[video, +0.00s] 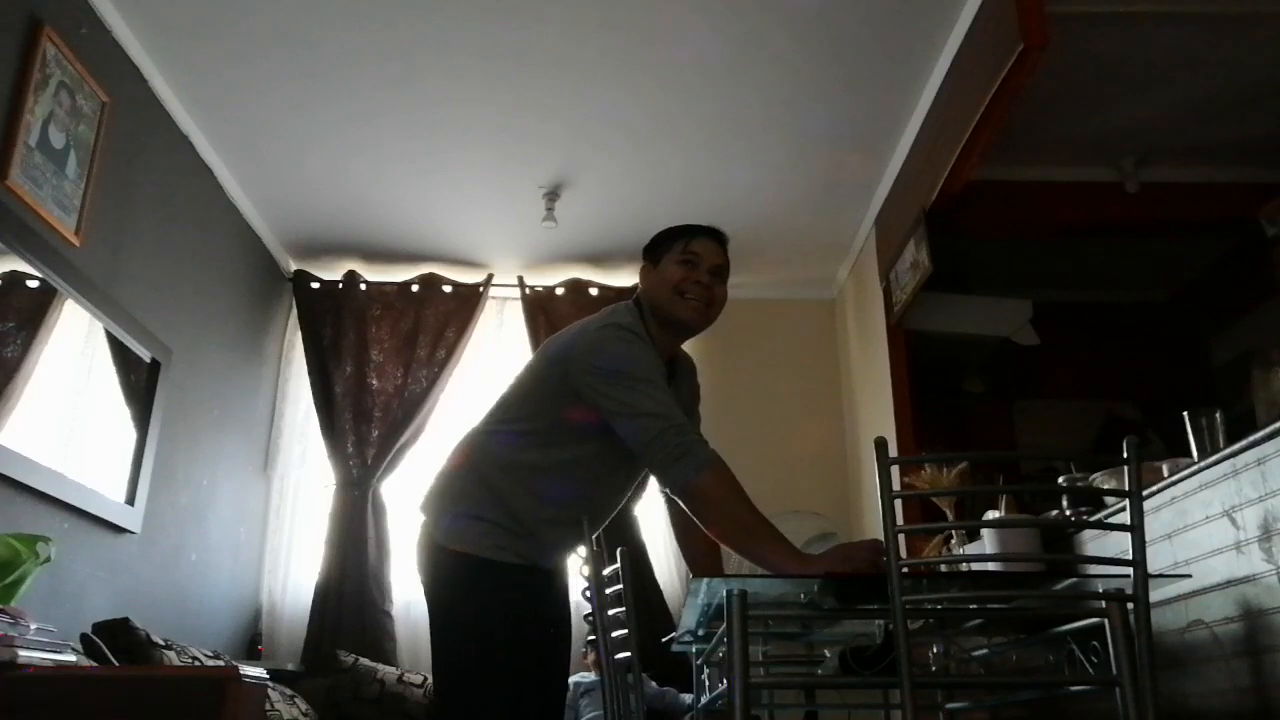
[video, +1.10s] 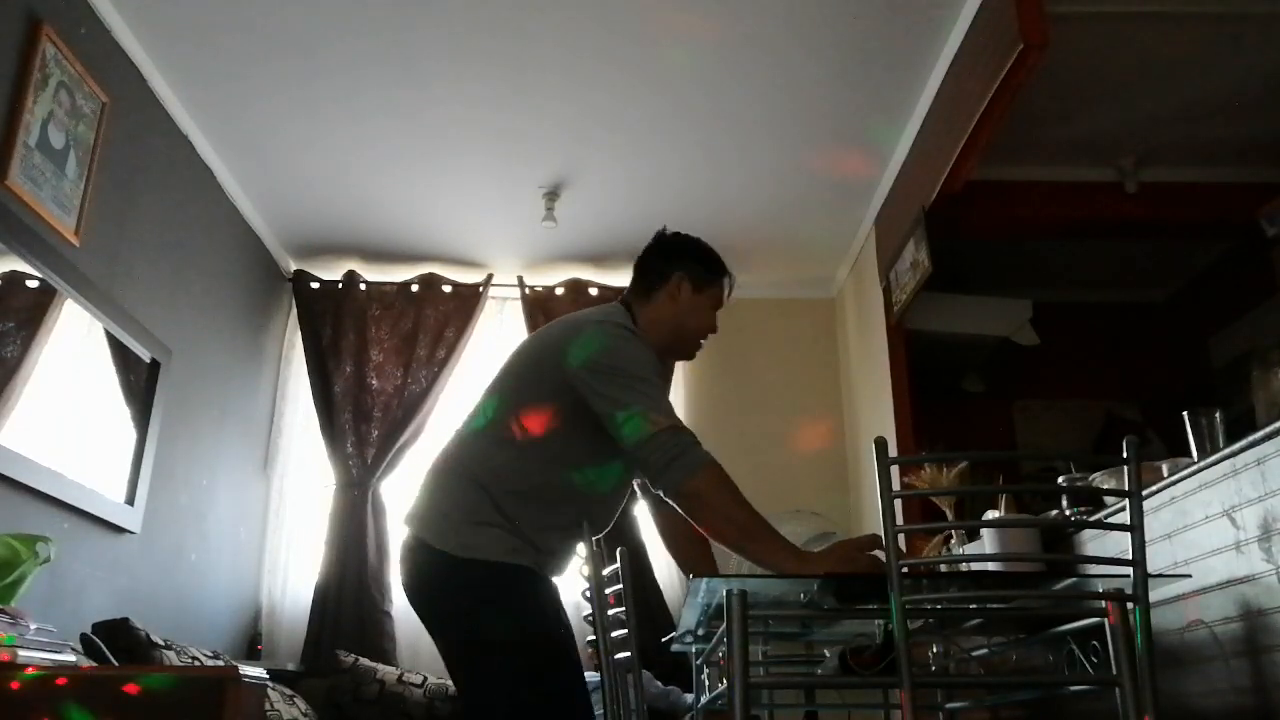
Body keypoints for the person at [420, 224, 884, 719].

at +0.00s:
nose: (703, 280)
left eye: (717, 275)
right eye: (687, 263)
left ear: (722, 300)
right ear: (646, 272)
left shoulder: (679, 378)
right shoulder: (611, 343)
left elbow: (687, 498)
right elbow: (691, 470)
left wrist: (718, 602)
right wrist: (798, 564)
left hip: (536, 555)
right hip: (476, 542)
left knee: (538, 704)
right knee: (488, 706)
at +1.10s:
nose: (714, 327)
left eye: (718, 312)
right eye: (714, 307)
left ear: (671, 290)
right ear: (679, 289)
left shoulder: (624, 355)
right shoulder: (605, 342)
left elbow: (671, 499)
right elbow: (686, 474)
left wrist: (718, 599)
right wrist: (803, 562)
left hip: (505, 563)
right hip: (473, 560)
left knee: (550, 712)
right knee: (546, 714)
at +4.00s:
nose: (614, 551)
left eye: (623, 544)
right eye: (621, 539)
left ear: (595, 505)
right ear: (610, 519)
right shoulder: (567, 525)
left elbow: (492, 607)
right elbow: (534, 636)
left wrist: (520, 680)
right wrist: (546, 705)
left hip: (397, 599)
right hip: (431, 608)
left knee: (441, 710)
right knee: (475, 710)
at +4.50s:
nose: (581, 537)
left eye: (591, 534)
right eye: (590, 528)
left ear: (582, 495)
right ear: (586, 499)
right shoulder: (540, 499)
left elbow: (504, 608)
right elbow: (505, 607)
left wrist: (555, 668)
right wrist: (526, 701)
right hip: (414, 603)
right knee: (468, 709)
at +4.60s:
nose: (582, 530)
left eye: (591, 525)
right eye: (591, 520)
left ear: (579, 488)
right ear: (582, 493)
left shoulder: (528, 499)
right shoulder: (524, 494)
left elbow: (507, 600)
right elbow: (494, 605)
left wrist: (552, 667)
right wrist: (527, 695)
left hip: (426, 605)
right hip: (399, 604)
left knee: (474, 708)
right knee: (462, 710)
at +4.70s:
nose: (578, 521)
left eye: (588, 516)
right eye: (586, 511)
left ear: (574, 475)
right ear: (578, 486)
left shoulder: (531, 508)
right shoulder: (513, 491)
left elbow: (508, 599)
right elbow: (484, 602)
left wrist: (523, 677)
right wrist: (517, 680)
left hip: (436, 605)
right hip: (394, 603)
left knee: (475, 705)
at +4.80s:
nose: (585, 512)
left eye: (593, 507)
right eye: (592, 502)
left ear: (574, 466)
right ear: (579, 479)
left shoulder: (539, 503)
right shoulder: (508, 485)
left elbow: (501, 583)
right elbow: (453, 587)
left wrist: (500, 662)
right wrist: (501, 662)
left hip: (442, 602)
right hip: (399, 601)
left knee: (473, 703)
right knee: (422, 708)